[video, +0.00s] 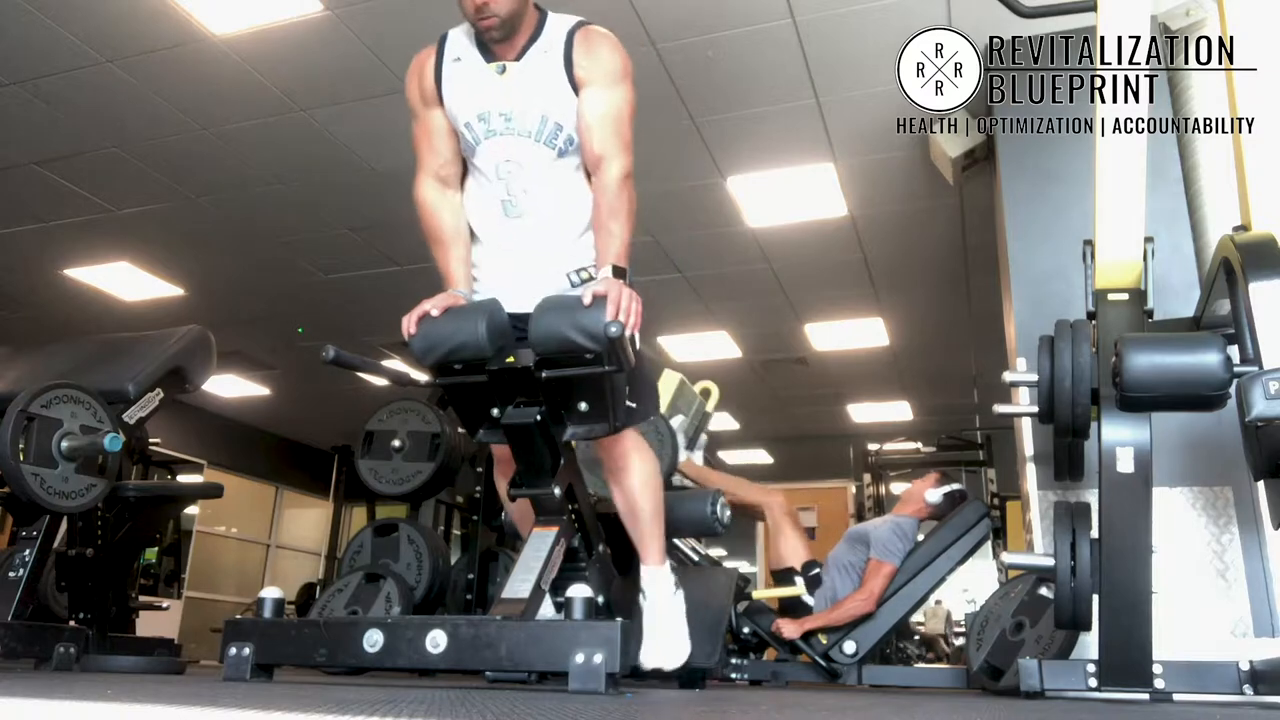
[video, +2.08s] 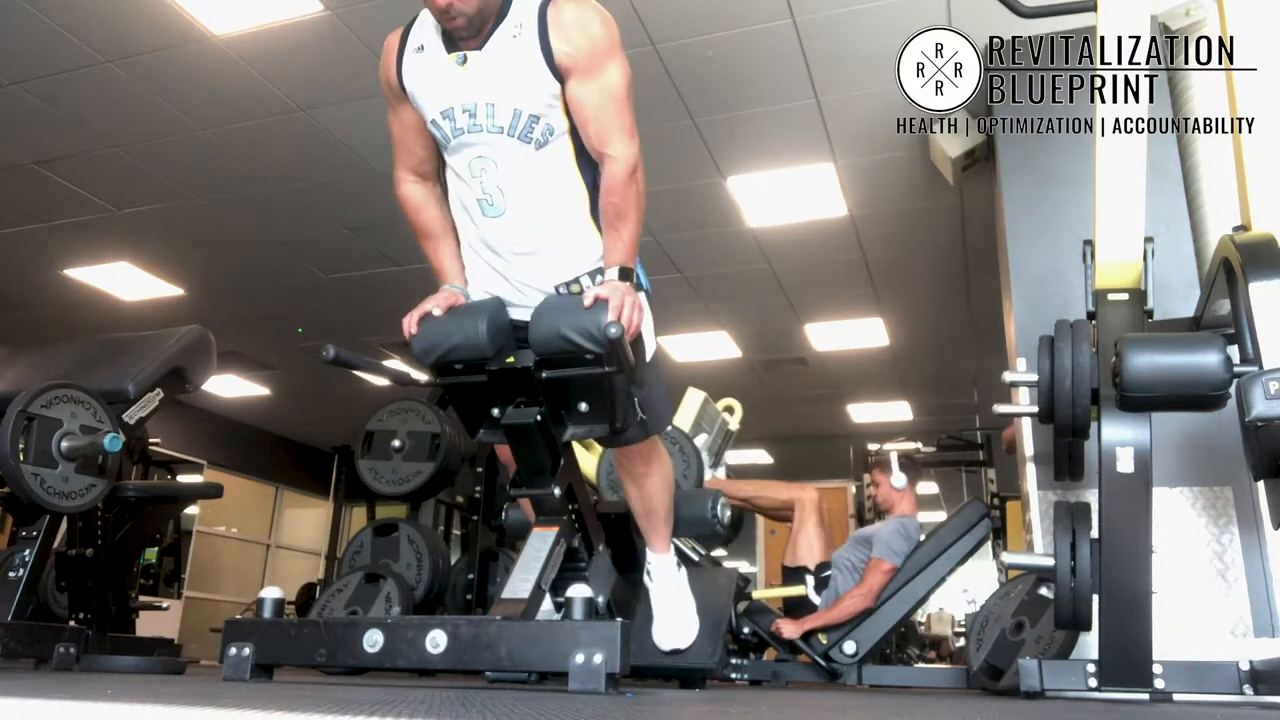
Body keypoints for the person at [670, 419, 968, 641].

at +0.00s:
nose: (920, 478)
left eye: (928, 479)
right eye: (927, 476)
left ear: (928, 497)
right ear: (929, 506)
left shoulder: (896, 529)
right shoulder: (895, 525)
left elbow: (868, 600)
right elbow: (868, 596)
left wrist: (803, 624)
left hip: (810, 606)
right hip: (813, 597)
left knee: (776, 501)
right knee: (776, 502)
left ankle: (684, 463)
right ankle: (693, 466)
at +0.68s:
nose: (881, 483)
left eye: (886, 476)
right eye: (884, 476)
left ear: (900, 479)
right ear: (913, 484)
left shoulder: (893, 528)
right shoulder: (897, 526)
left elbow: (866, 600)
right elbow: (867, 597)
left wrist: (802, 625)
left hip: (811, 610)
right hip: (817, 605)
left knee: (799, 498)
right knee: (798, 506)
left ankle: (703, 479)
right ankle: (722, 489)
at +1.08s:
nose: (881, 487)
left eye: (884, 480)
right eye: (882, 480)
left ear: (900, 481)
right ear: (909, 485)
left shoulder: (893, 529)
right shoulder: (898, 525)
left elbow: (867, 600)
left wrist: (802, 625)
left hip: (815, 606)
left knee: (834, 498)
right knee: (837, 497)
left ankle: (729, 504)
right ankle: (740, 507)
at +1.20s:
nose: (879, 488)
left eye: (883, 480)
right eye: (880, 480)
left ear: (901, 481)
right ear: (905, 483)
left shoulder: (895, 530)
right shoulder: (896, 525)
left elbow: (867, 599)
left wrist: (801, 625)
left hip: (814, 606)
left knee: (840, 499)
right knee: (848, 510)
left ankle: (734, 507)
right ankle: (749, 513)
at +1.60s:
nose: (877, 493)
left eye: (880, 485)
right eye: (876, 485)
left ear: (902, 483)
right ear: (901, 484)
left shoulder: (900, 530)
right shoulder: (897, 526)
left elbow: (866, 597)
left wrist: (801, 625)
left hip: (813, 603)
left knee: (839, 498)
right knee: (850, 511)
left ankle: (732, 506)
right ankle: (746, 515)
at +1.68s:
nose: (877, 494)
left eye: (880, 485)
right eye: (877, 486)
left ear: (901, 483)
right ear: (901, 484)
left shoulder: (899, 530)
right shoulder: (898, 526)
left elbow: (866, 597)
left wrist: (801, 625)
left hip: (814, 604)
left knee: (836, 499)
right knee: (840, 499)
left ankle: (731, 504)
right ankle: (741, 511)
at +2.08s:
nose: (872, 494)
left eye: (876, 485)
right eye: (872, 486)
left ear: (899, 483)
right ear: (898, 484)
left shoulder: (897, 530)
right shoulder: (900, 527)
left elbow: (866, 597)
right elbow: (865, 593)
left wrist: (801, 625)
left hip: (813, 607)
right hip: (818, 601)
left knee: (808, 496)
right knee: (809, 502)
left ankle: (709, 484)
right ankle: (728, 494)